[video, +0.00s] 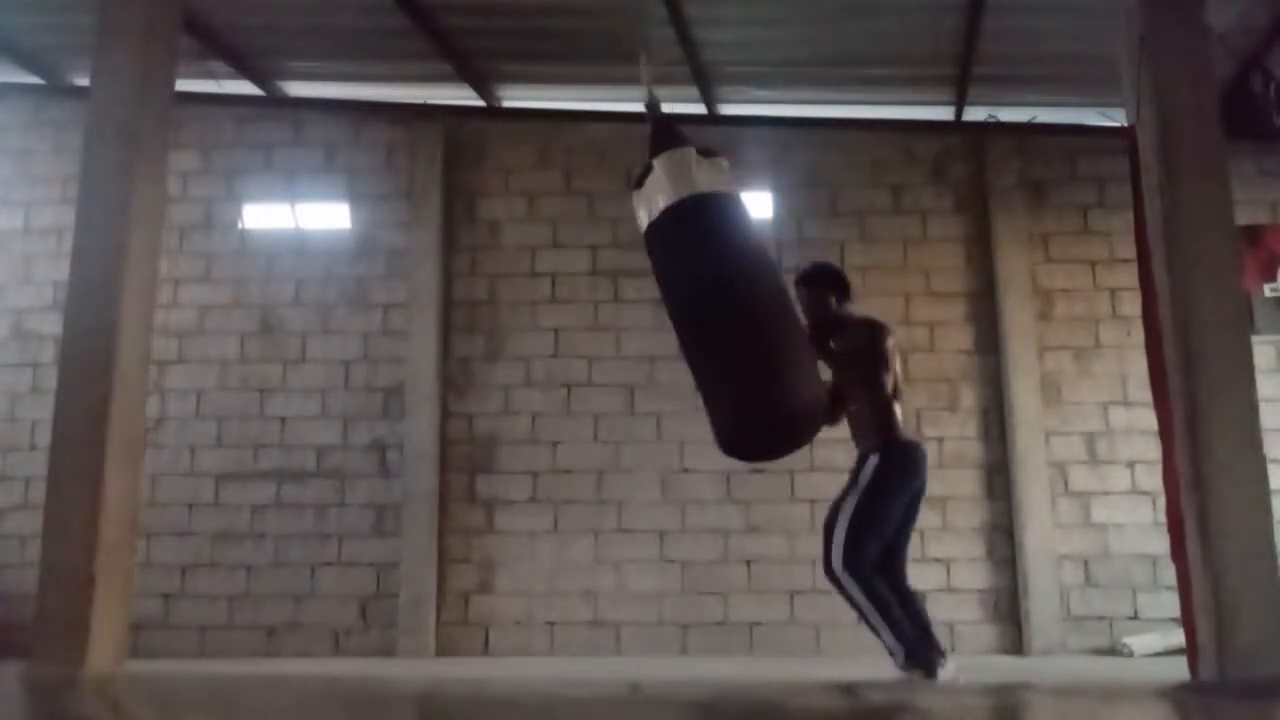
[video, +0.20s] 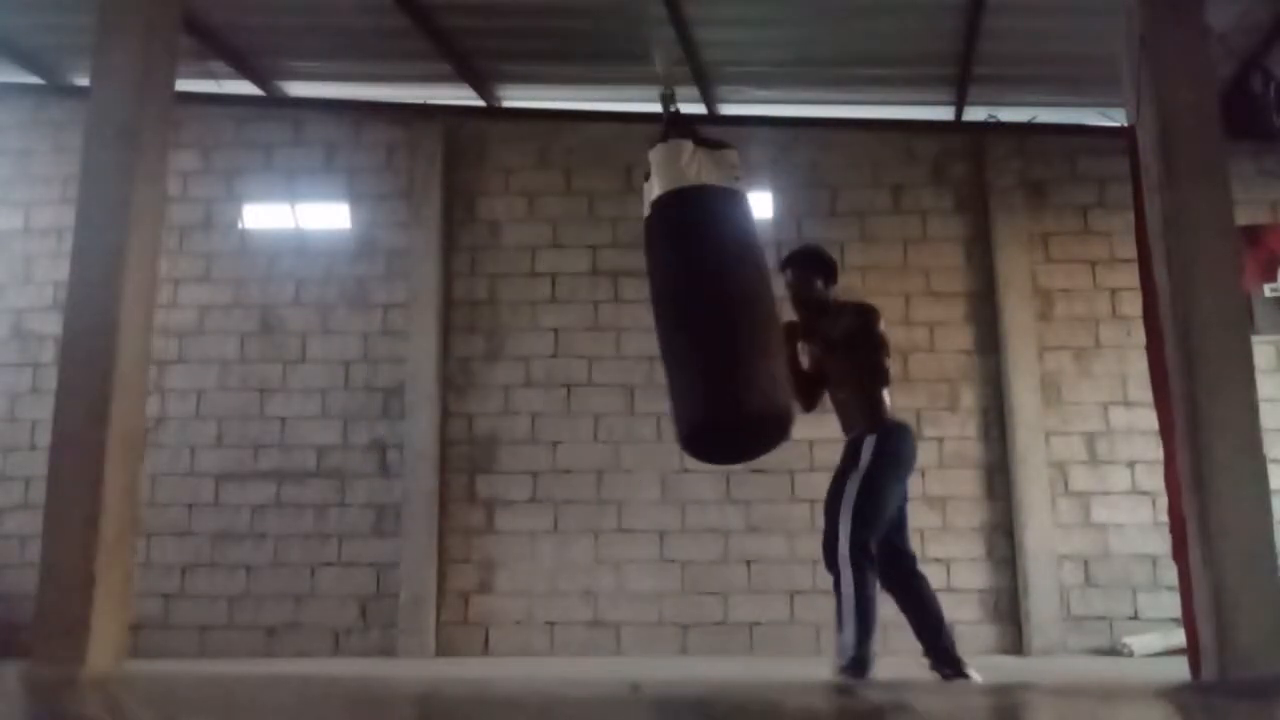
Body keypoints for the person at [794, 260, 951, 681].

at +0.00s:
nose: (804, 309)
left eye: (809, 299)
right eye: (801, 300)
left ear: (832, 297)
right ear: (822, 301)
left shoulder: (867, 330)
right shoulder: (843, 345)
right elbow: (830, 412)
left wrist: (816, 347)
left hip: (886, 460)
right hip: (903, 459)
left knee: (843, 561)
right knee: (886, 566)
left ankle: (917, 660)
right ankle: (929, 658)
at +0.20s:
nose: (791, 293)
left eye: (798, 283)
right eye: (788, 284)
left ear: (821, 282)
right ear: (797, 288)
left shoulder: (857, 316)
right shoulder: (816, 334)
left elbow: (878, 375)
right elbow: (806, 398)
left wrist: (819, 338)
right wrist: (787, 344)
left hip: (879, 442)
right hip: (877, 444)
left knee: (846, 547)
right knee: (892, 558)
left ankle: (853, 671)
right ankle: (950, 666)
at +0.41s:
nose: (765, 318)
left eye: (771, 307)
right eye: (762, 308)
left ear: (795, 306)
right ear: (776, 309)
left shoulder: (831, 341)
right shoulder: (787, 361)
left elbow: (845, 390)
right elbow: (781, 426)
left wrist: (791, 368)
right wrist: (759, 386)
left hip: (863, 469)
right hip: (854, 472)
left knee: (817, 572)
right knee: (878, 584)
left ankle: (808, 685)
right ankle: (955, 674)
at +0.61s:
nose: (738, 293)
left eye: (743, 282)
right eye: (736, 282)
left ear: (767, 281)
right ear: (768, 285)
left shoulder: (806, 314)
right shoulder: (772, 334)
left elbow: (816, 365)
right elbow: (757, 398)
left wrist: (764, 334)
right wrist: (733, 350)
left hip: (830, 447)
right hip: (840, 447)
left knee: (790, 561)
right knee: (832, 566)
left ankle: (796, 672)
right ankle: (921, 660)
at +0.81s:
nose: (730, 294)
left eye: (737, 284)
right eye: (731, 284)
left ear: (758, 286)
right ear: (753, 288)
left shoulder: (801, 323)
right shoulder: (762, 339)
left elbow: (810, 369)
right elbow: (740, 400)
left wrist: (751, 339)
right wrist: (722, 351)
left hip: (817, 454)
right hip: (829, 456)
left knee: (763, 556)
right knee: (837, 582)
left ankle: (756, 678)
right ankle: (913, 677)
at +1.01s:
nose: (692, 298)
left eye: (699, 287)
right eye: (692, 288)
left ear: (722, 288)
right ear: (728, 290)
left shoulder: (765, 323)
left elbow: (751, 386)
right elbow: (738, 411)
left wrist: (705, 338)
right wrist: (695, 382)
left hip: (791, 453)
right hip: (807, 452)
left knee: (744, 565)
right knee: (809, 578)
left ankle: (748, 680)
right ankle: (896, 669)